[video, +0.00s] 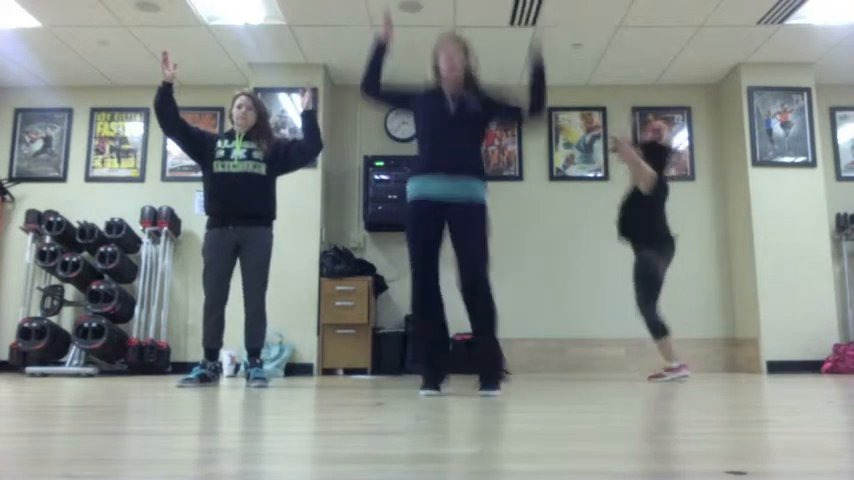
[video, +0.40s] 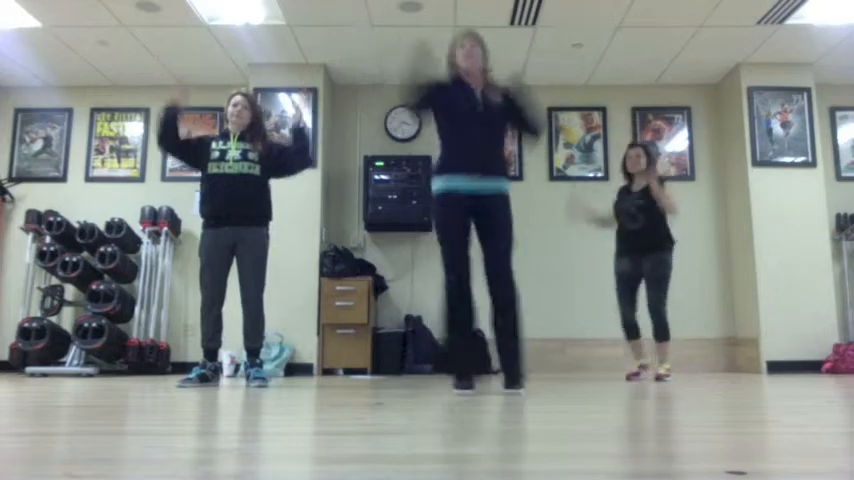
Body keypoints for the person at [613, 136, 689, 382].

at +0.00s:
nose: (631, 159)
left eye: (636, 155)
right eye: (633, 154)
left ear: (647, 159)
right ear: (656, 161)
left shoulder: (652, 183)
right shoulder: (646, 182)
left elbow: (640, 166)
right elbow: (633, 160)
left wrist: (624, 148)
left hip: (654, 247)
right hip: (650, 245)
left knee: (647, 305)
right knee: (647, 304)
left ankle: (674, 364)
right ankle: (673, 363)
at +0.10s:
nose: (633, 169)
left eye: (637, 163)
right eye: (632, 164)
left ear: (649, 163)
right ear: (648, 164)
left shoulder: (656, 186)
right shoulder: (646, 187)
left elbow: (641, 161)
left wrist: (632, 143)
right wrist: (628, 146)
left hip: (657, 252)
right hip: (647, 252)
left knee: (643, 308)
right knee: (639, 308)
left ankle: (674, 364)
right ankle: (672, 363)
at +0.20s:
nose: (636, 156)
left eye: (641, 152)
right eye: (634, 152)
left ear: (651, 157)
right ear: (630, 159)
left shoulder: (660, 184)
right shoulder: (628, 187)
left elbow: (659, 163)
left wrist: (639, 141)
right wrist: (614, 162)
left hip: (659, 247)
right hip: (634, 249)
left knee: (653, 301)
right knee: (632, 304)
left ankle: (669, 360)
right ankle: (656, 358)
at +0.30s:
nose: (638, 156)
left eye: (642, 152)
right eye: (634, 153)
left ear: (650, 157)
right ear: (628, 159)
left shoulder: (660, 182)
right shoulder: (625, 188)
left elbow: (664, 175)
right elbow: (601, 197)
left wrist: (653, 156)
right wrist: (596, 176)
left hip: (658, 248)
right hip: (631, 249)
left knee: (655, 304)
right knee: (634, 308)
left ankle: (663, 363)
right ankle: (646, 363)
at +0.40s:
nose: (635, 161)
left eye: (639, 157)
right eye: (631, 157)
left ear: (649, 160)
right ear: (625, 162)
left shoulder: (658, 186)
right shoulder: (623, 192)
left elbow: (671, 209)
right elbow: (618, 222)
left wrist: (654, 186)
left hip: (657, 253)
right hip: (627, 255)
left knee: (656, 308)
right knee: (626, 312)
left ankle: (663, 364)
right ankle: (641, 363)